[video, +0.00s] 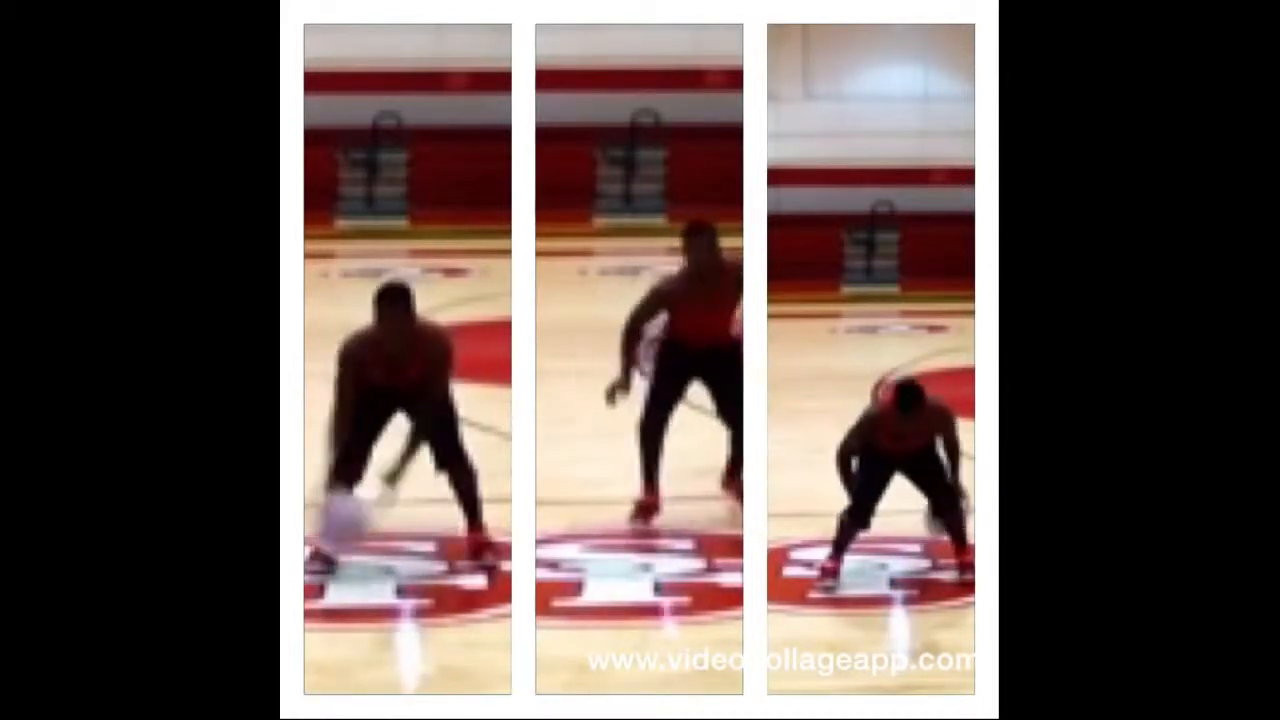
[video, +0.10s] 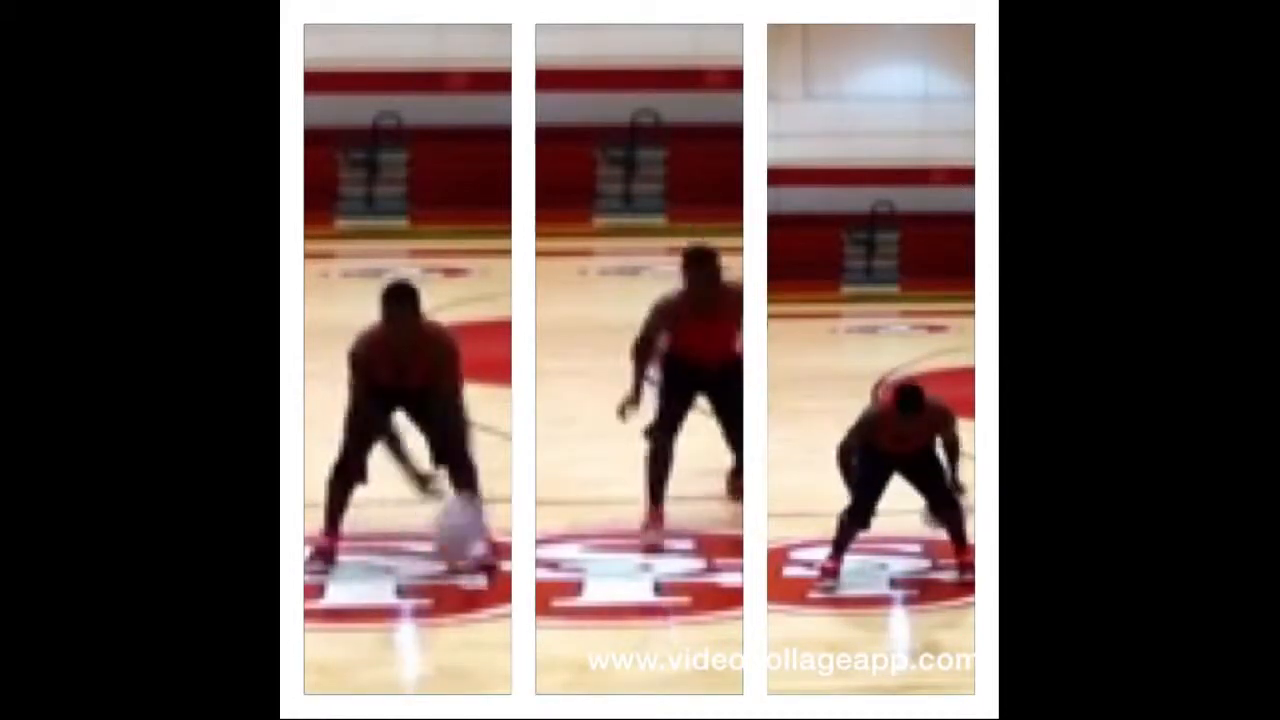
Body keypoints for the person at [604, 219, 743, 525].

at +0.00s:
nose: (702, 259)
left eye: (707, 251)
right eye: (695, 252)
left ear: (717, 250)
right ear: (686, 253)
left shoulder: (735, 277)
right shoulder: (673, 288)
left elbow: (755, 308)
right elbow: (634, 324)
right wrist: (626, 373)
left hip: (720, 351)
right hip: (678, 352)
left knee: (744, 421)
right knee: (651, 423)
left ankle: (734, 476)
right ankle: (650, 494)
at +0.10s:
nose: (701, 287)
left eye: (708, 279)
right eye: (695, 279)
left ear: (717, 276)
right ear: (685, 278)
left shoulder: (734, 301)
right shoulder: (670, 308)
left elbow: (752, 336)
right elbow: (644, 346)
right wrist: (636, 390)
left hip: (724, 370)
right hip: (681, 370)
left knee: (745, 439)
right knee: (662, 435)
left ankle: (738, 479)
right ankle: (655, 510)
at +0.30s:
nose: (703, 324)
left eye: (708, 316)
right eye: (697, 317)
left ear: (717, 310)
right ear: (686, 312)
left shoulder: (734, 330)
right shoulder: (668, 335)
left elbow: (751, 369)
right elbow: (656, 378)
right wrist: (663, 416)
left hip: (727, 384)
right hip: (689, 385)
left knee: (759, 429)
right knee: (674, 444)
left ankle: (732, 467)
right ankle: (658, 514)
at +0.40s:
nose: (701, 318)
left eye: (705, 310)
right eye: (695, 310)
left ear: (714, 303)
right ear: (684, 305)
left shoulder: (732, 325)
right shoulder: (669, 330)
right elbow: (654, 381)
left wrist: (713, 433)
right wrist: (648, 430)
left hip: (730, 385)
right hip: (693, 387)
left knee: (758, 439)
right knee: (682, 446)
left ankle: (739, 475)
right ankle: (660, 512)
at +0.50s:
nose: (695, 295)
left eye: (700, 287)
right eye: (688, 288)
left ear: (711, 281)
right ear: (680, 283)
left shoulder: (734, 305)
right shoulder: (672, 308)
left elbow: (749, 360)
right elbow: (642, 351)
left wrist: (732, 408)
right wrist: (614, 397)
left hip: (735, 369)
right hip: (696, 370)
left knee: (753, 440)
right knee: (681, 439)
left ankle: (739, 473)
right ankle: (660, 512)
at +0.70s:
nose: (705, 282)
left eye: (711, 274)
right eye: (700, 273)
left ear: (722, 269)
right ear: (692, 267)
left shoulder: (736, 296)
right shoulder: (675, 290)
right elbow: (644, 321)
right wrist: (614, 352)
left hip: (732, 359)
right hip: (691, 357)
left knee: (745, 422)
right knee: (668, 425)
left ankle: (758, 484)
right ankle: (682, 481)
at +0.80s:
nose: (717, 286)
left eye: (723, 279)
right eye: (711, 279)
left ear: (731, 279)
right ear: (702, 277)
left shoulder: (741, 311)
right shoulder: (678, 312)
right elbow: (665, 357)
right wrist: (667, 388)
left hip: (733, 375)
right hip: (691, 372)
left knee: (748, 436)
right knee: (649, 428)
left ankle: (757, 496)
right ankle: (680, 485)